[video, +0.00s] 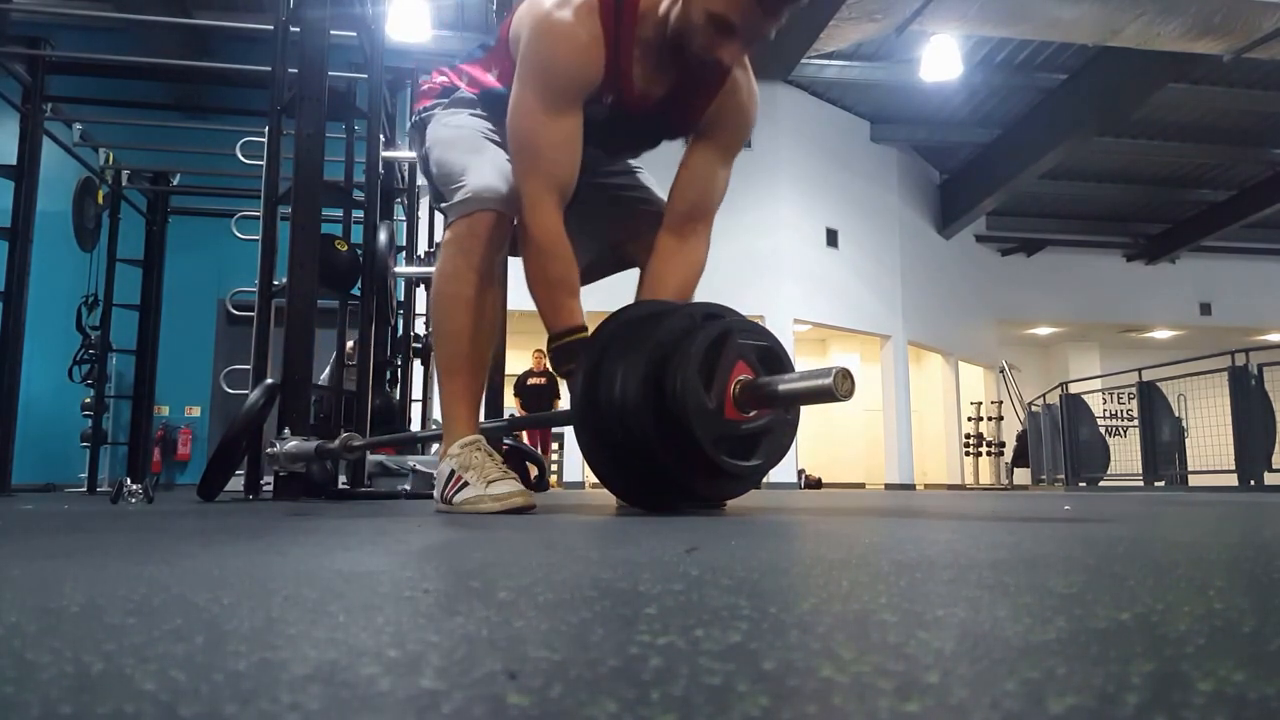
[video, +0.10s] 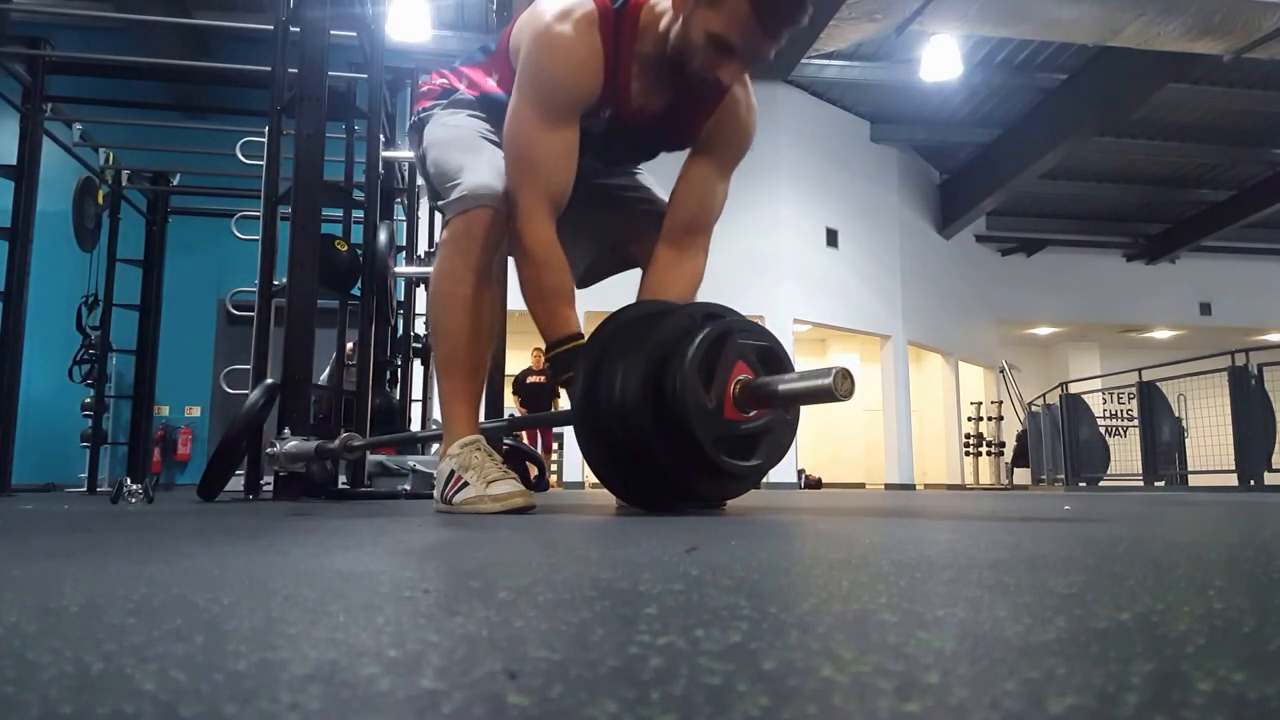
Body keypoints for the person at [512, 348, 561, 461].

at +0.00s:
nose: (538, 360)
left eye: (541, 358)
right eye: (536, 357)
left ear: (545, 360)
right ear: (532, 359)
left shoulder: (550, 376)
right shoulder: (525, 375)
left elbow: (556, 396)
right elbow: (517, 394)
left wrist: (555, 412)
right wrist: (519, 409)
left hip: (546, 417)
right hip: (529, 417)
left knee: (546, 450)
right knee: (532, 448)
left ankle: (545, 476)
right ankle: (533, 476)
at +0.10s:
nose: (537, 359)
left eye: (540, 356)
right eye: (535, 356)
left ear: (543, 358)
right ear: (531, 358)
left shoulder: (550, 374)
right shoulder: (523, 374)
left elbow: (555, 395)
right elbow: (515, 393)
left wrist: (556, 412)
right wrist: (519, 407)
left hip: (546, 415)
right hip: (529, 415)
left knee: (548, 447)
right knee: (532, 446)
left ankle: (546, 475)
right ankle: (533, 475)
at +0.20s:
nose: (537, 358)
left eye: (539, 355)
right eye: (535, 355)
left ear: (543, 357)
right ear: (531, 357)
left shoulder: (550, 373)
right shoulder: (523, 373)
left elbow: (556, 395)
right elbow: (514, 393)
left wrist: (559, 412)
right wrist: (520, 408)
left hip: (547, 415)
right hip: (529, 415)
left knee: (549, 445)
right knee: (532, 446)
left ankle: (545, 474)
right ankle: (532, 476)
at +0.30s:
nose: (536, 357)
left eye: (539, 355)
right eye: (534, 354)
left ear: (543, 356)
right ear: (531, 356)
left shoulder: (549, 372)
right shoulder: (522, 373)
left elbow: (556, 394)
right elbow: (514, 393)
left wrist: (561, 411)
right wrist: (521, 409)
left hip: (547, 414)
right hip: (529, 414)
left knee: (548, 445)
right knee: (532, 446)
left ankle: (545, 476)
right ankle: (532, 477)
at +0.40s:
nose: (537, 357)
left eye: (539, 354)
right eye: (534, 354)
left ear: (543, 356)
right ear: (531, 355)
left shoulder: (549, 371)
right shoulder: (523, 372)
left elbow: (556, 393)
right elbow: (515, 393)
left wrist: (562, 409)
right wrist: (523, 410)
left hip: (547, 414)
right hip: (530, 414)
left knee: (546, 446)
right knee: (532, 447)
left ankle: (546, 477)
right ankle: (532, 477)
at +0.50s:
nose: (536, 357)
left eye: (539, 355)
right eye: (534, 355)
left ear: (543, 357)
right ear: (531, 356)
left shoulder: (549, 372)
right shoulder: (522, 374)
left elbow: (557, 391)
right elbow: (516, 394)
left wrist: (562, 406)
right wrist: (523, 411)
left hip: (547, 413)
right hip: (530, 414)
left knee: (545, 446)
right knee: (532, 447)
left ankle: (545, 477)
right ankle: (532, 477)